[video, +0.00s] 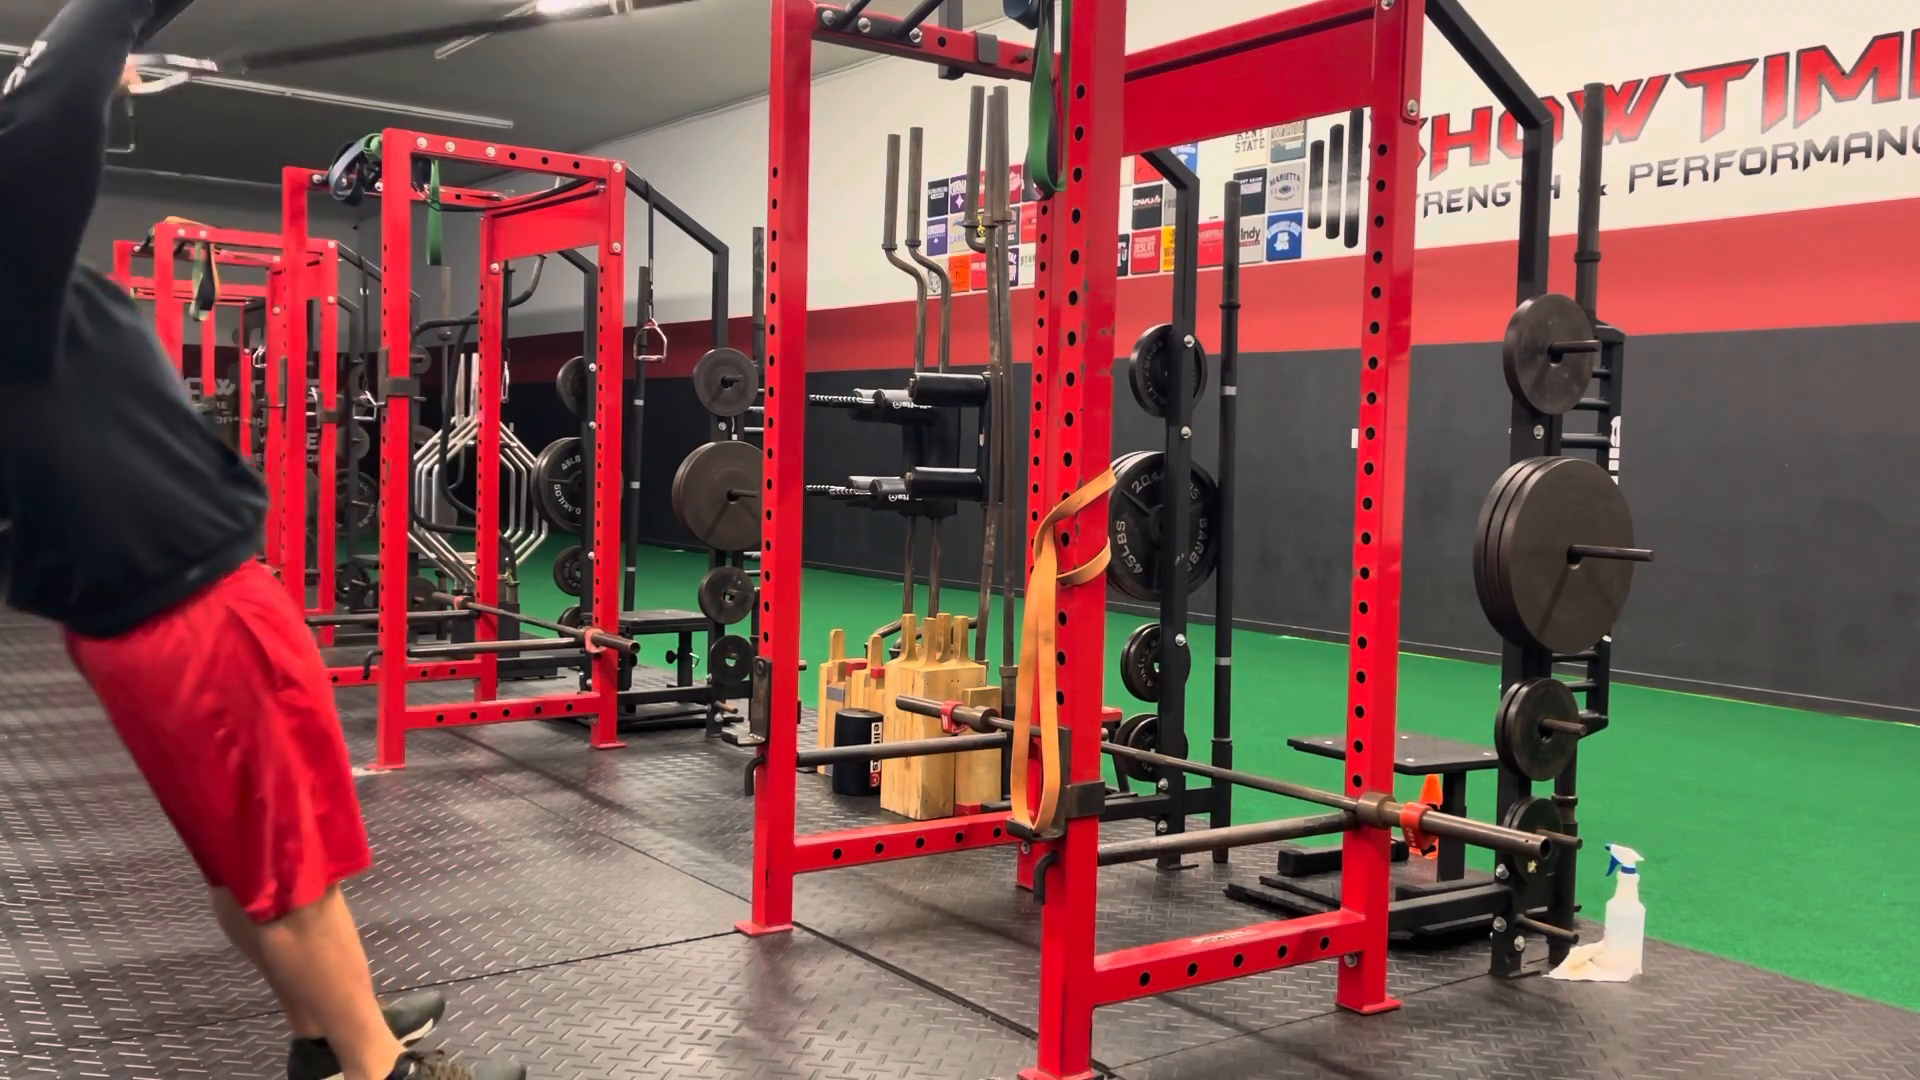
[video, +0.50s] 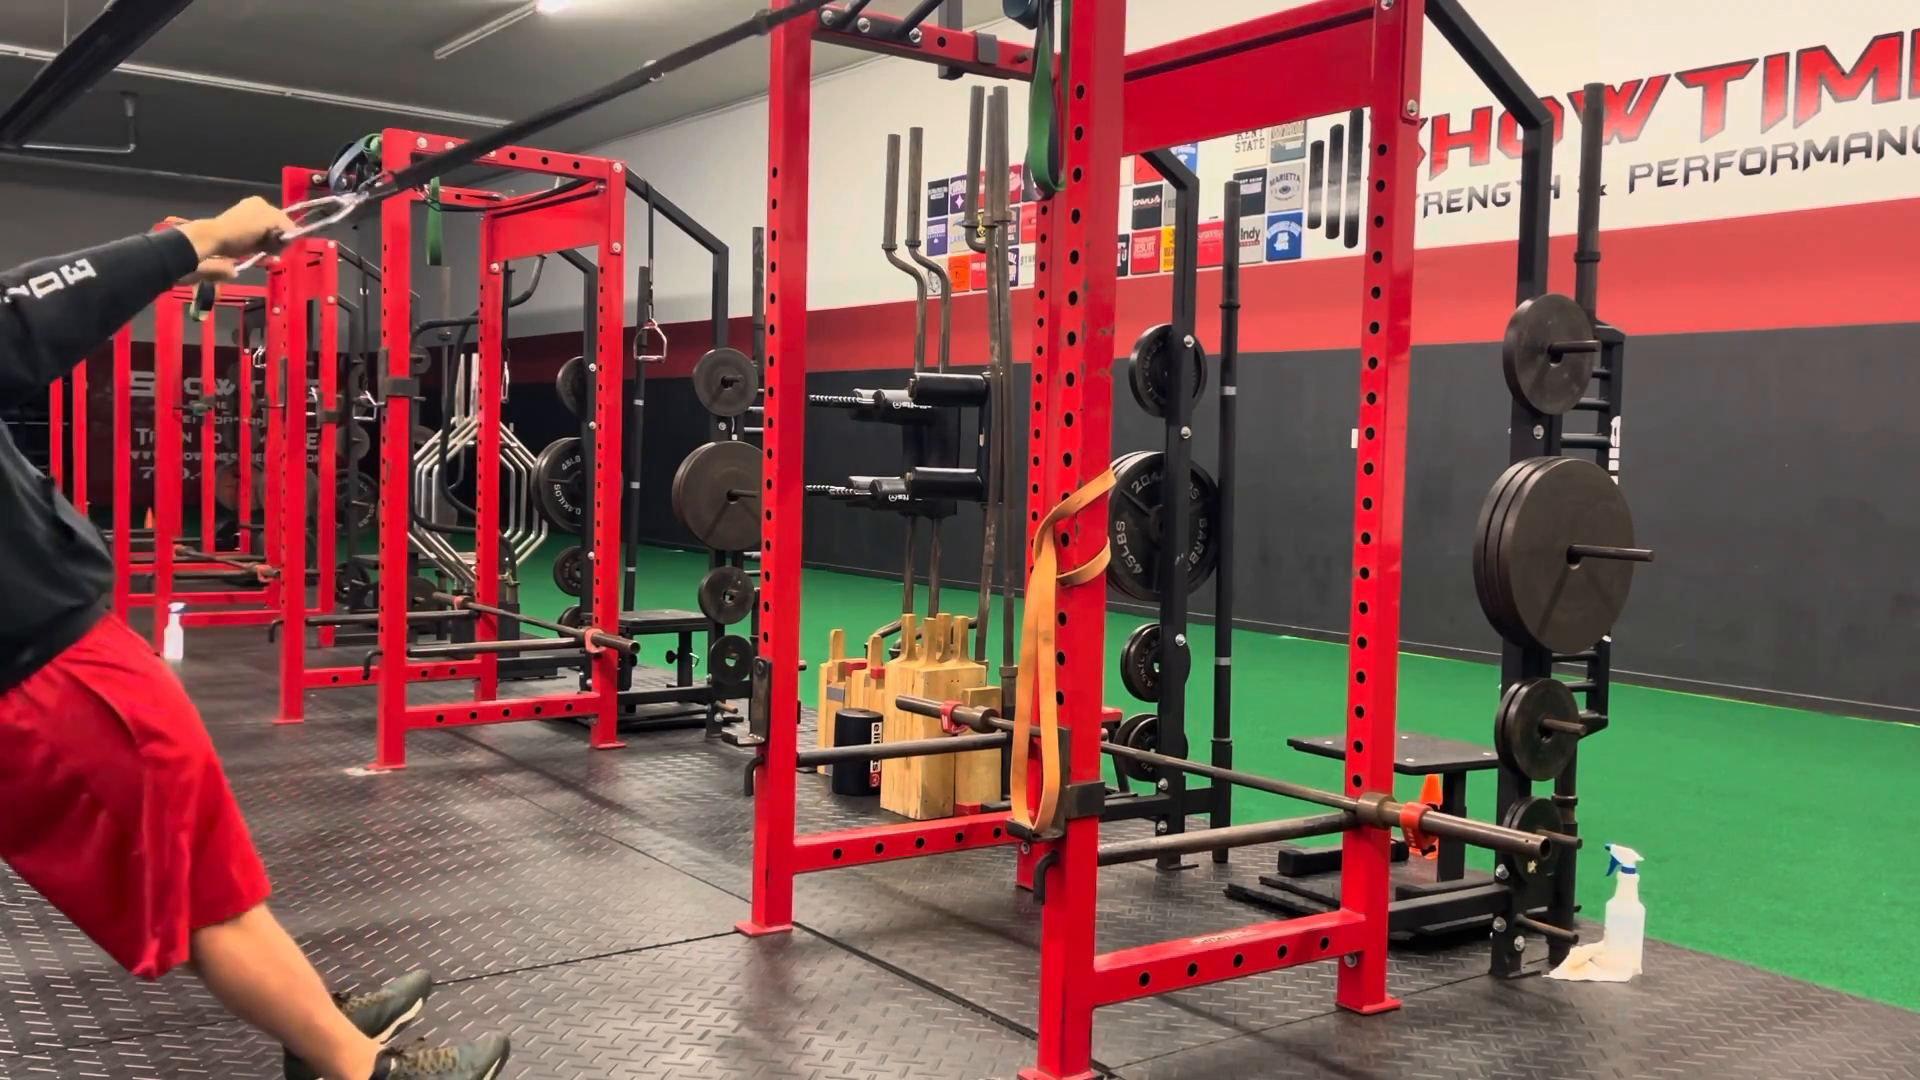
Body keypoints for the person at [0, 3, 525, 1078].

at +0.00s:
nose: (111, 98)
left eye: (106, 83)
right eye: (92, 80)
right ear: (38, 127)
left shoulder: (27, 263)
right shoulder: (19, 260)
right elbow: (71, 70)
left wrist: (92, 70)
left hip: (131, 616)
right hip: (186, 609)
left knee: (248, 863)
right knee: (292, 877)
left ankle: (329, 1032)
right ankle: (376, 1061)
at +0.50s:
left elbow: (28, 323)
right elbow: (26, 326)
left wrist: (188, 245)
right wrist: (196, 241)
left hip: (38, 634)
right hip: (33, 644)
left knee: (193, 849)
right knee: (205, 879)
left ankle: (318, 1030)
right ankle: (358, 1066)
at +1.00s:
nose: (132, 139)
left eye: (137, 125)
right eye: (124, 124)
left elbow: (25, 140)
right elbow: (39, 185)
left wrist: (137, 38)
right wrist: (149, 47)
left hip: (138, 602)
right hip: (140, 610)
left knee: (259, 844)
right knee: (271, 862)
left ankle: (339, 1033)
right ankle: (371, 1063)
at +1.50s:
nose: (111, 133)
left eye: (97, 118)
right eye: (91, 118)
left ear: (29, 157)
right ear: (67, 136)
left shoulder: (48, 281)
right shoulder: (119, 247)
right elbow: (139, 51)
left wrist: (78, 45)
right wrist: (96, 26)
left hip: (220, 612)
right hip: (300, 597)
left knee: (288, 847)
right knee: (350, 858)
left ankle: (330, 1026)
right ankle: (388, 1061)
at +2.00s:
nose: (287, 127)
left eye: (280, 109)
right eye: (270, 110)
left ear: (207, 147)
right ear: (225, 130)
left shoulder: (148, 258)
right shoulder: (239, 233)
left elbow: (99, 148)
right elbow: (206, 63)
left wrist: (75, 27)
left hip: (248, 595)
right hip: (333, 592)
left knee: (297, 842)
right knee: (355, 855)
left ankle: (333, 1026)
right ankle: (388, 1057)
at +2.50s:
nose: (220, 134)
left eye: (211, 118)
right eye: (200, 119)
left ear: (114, 158)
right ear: (158, 141)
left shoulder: (83, 277)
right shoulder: (169, 254)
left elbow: (51, 152)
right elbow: (161, 98)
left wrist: (68, 34)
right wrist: (133, 1)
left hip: (228, 605)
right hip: (307, 594)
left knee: (293, 845)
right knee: (352, 855)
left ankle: (333, 1025)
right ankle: (389, 1058)